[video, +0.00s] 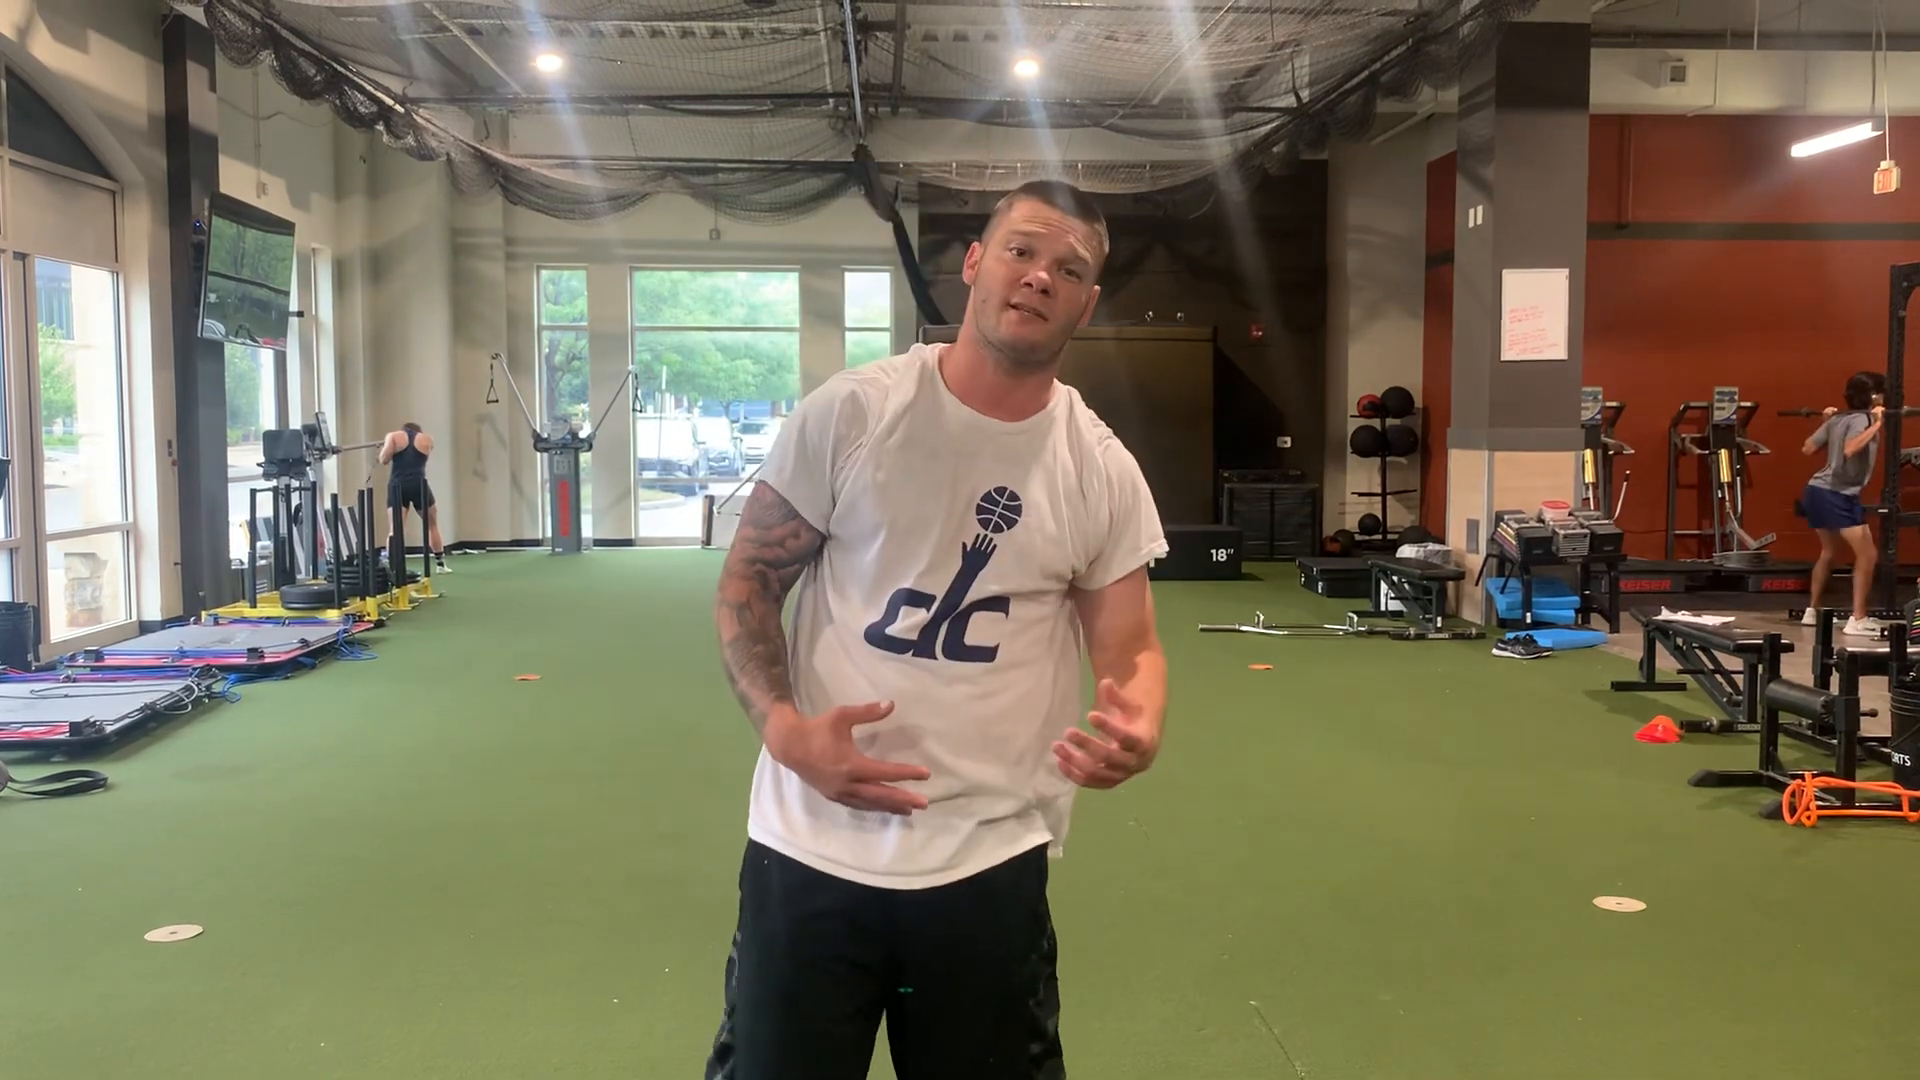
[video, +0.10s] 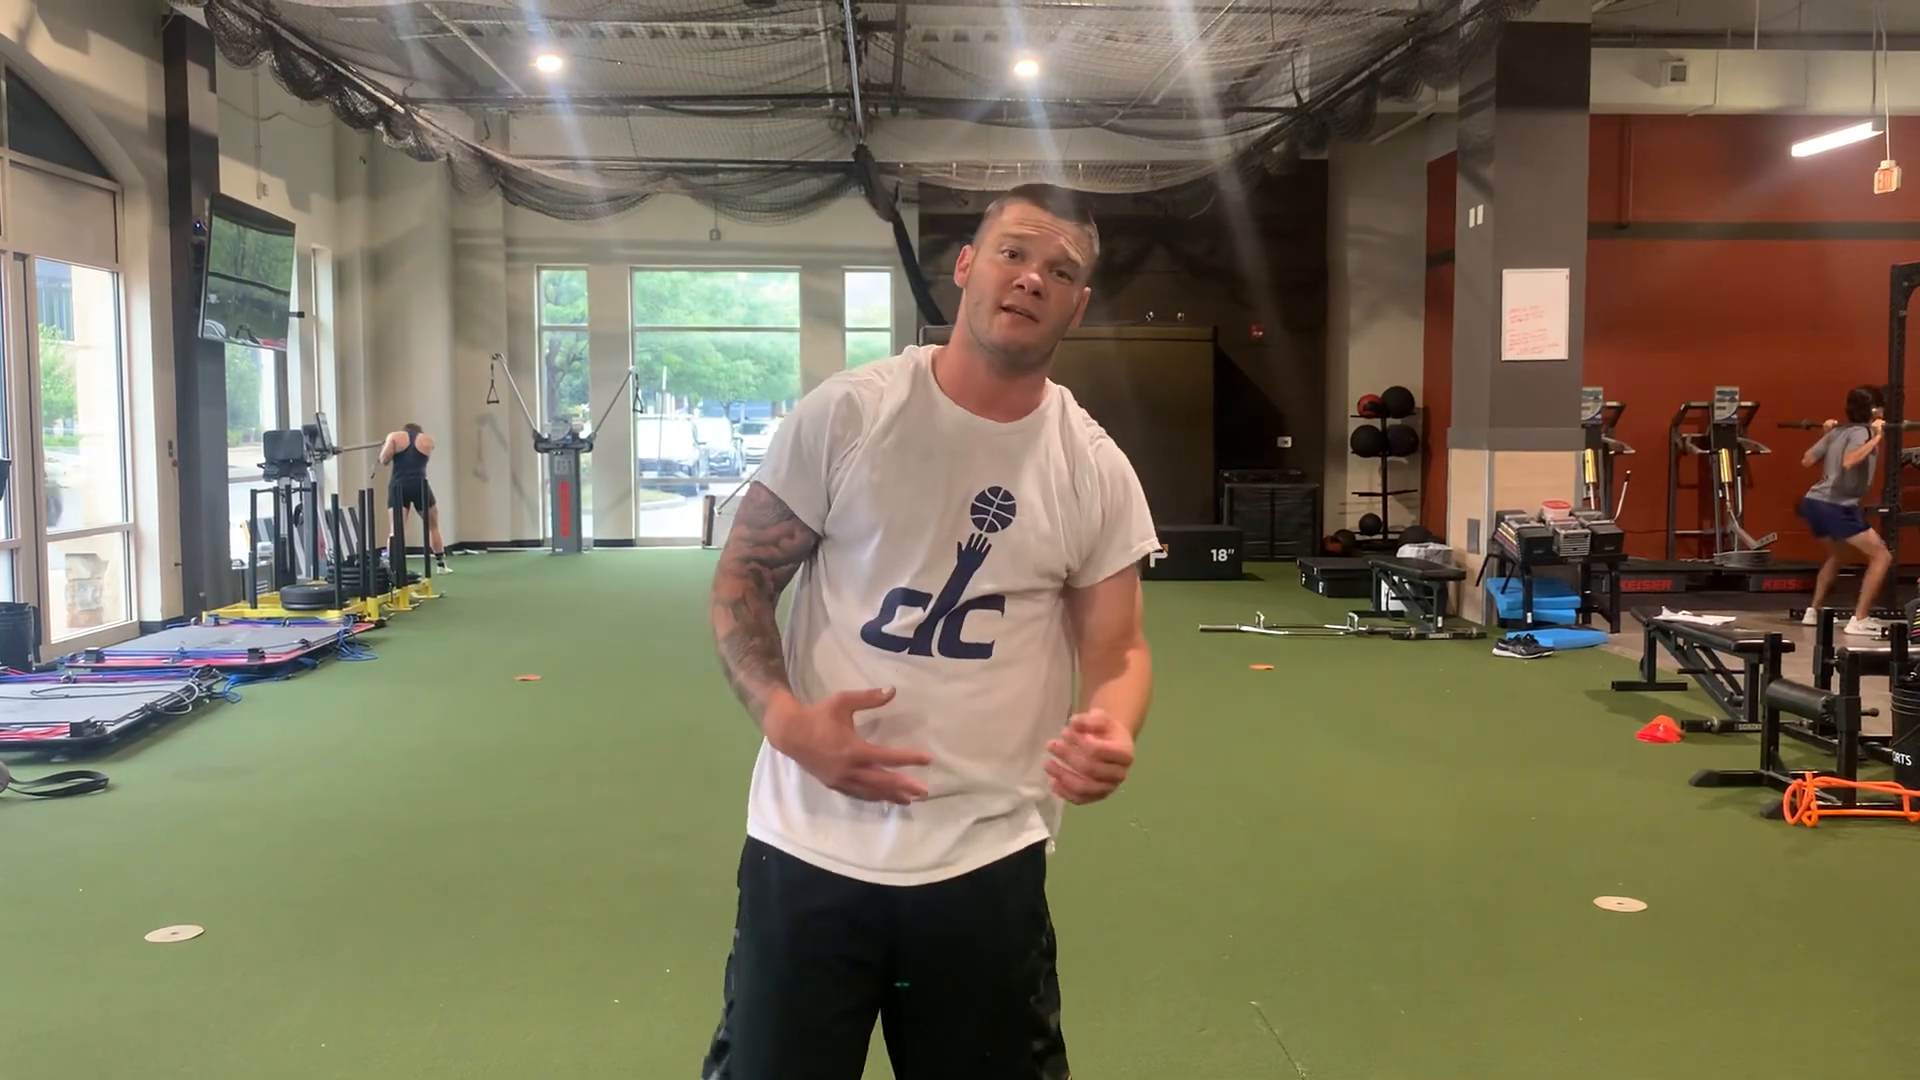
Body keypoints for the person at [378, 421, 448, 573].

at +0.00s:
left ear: (403, 429)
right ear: (419, 431)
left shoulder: (393, 436)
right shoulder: (427, 440)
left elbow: (383, 459)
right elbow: (424, 456)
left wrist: (383, 449)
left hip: (398, 485)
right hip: (419, 484)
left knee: (395, 528)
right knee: (432, 524)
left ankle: (389, 563)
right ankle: (441, 563)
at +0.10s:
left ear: (404, 430)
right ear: (420, 432)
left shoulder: (394, 436)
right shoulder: (428, 440)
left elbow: (384, 459)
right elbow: (423, 458)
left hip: (398, 486)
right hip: (420, 485)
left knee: (395, 529)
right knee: (433, 525)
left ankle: (390, 564)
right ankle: (441, 564)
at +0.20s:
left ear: (405, 430)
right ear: (421, 432)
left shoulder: (394, 437)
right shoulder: (429, 441)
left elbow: (384, 460)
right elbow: (423, 459)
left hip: (399, 486)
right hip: (420, 485)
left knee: (396, 529)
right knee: (433, 526)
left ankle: (391, 565)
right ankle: (442, 565)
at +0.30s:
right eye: (421, 433)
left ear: (405, 430)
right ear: (421, 433)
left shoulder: (394, 439)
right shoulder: (429, 442)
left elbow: (384, 461)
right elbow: (424, 460)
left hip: (399, 487)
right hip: (420, 485)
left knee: (396, 530)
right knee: (433, 527)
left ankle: (390, 564)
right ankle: (442, 565)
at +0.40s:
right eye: (422, 435)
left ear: (405, 432)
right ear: (421, 433)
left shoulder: (394, 440)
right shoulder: (429, 443)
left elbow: (385, 462)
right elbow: (422, 461)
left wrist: (376, 473)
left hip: (399, 488)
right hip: (420, 487)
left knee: (396, 532)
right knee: (433, 528)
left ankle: (392, 567)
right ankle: (442, 566)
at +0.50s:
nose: (423, 436)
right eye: (423, 433)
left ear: (405, 432)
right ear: (421, 432)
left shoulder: (394, 441)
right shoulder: (429, 443)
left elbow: (386, 464)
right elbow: (424, 465)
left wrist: (375, 480)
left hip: (400, 489)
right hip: (421, 488)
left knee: (397, 532)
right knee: (434, 528)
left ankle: (393, 567)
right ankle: (443, 567)